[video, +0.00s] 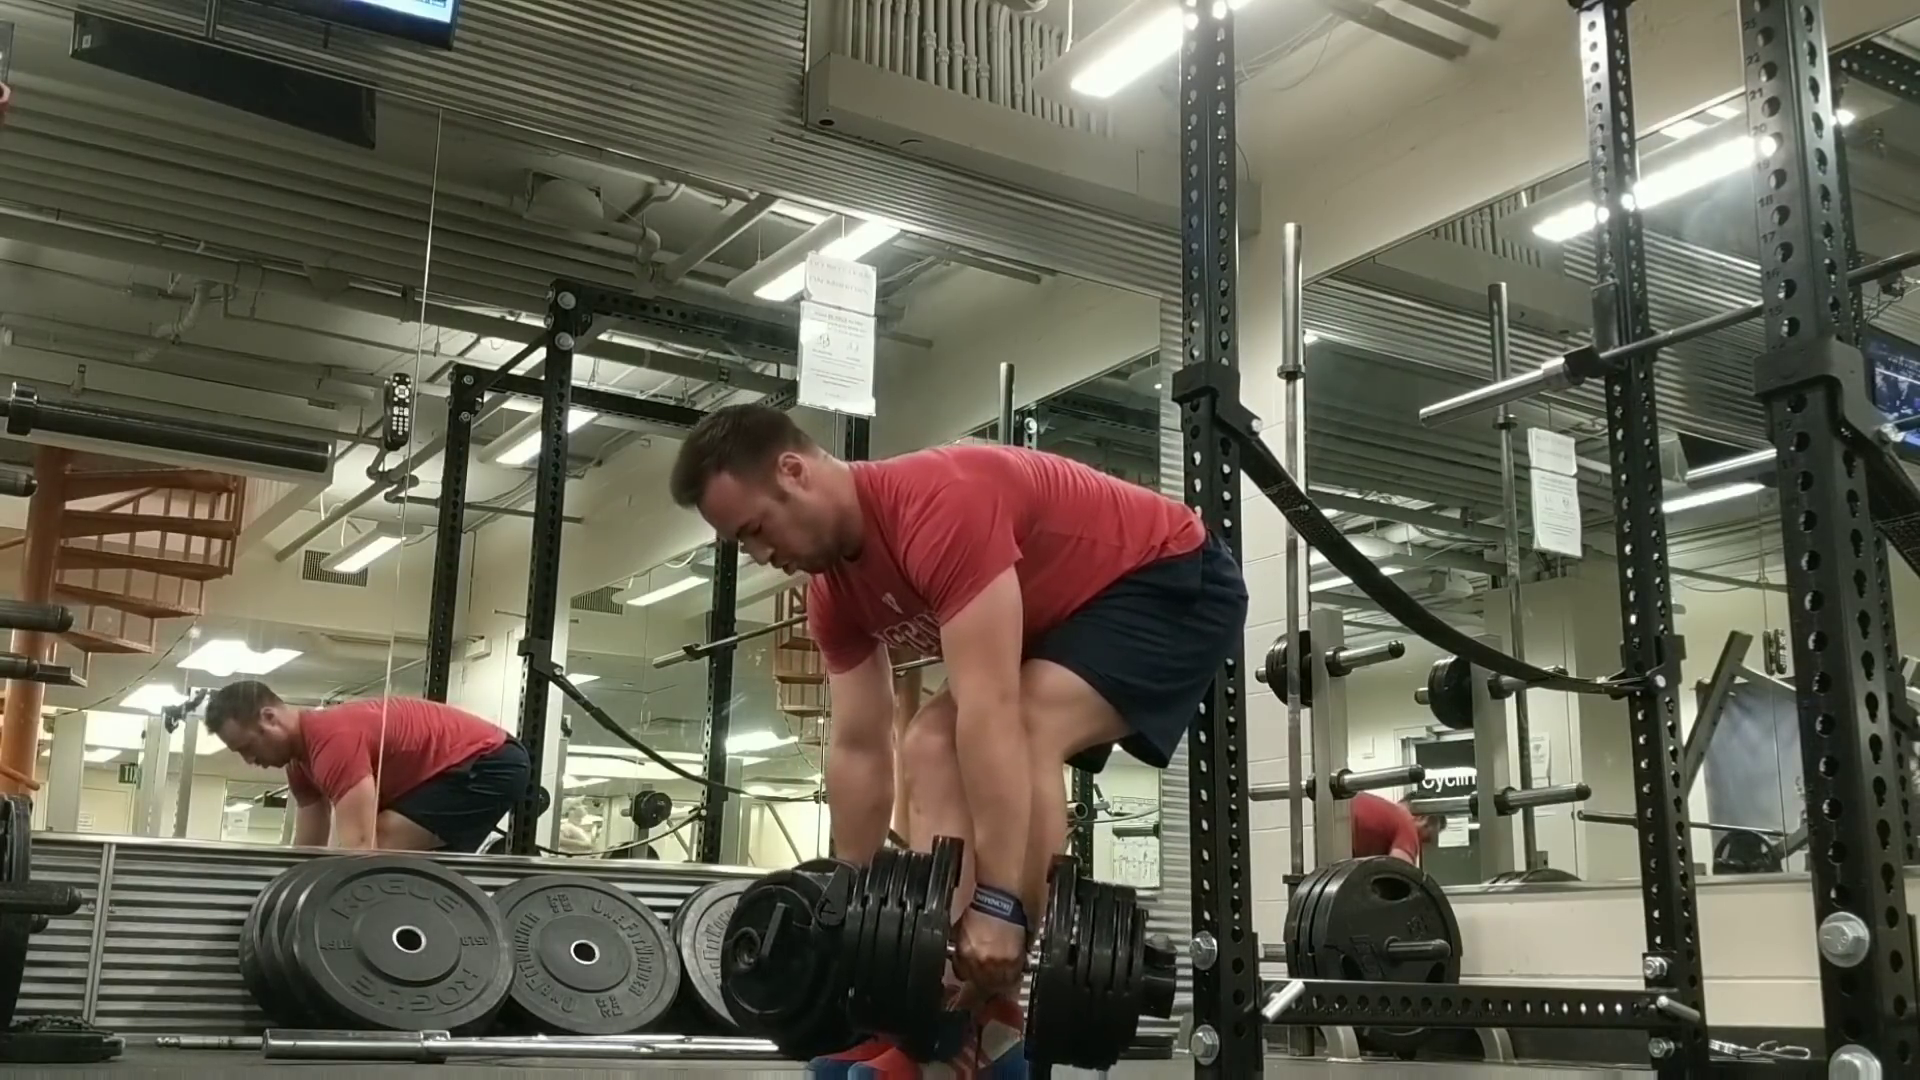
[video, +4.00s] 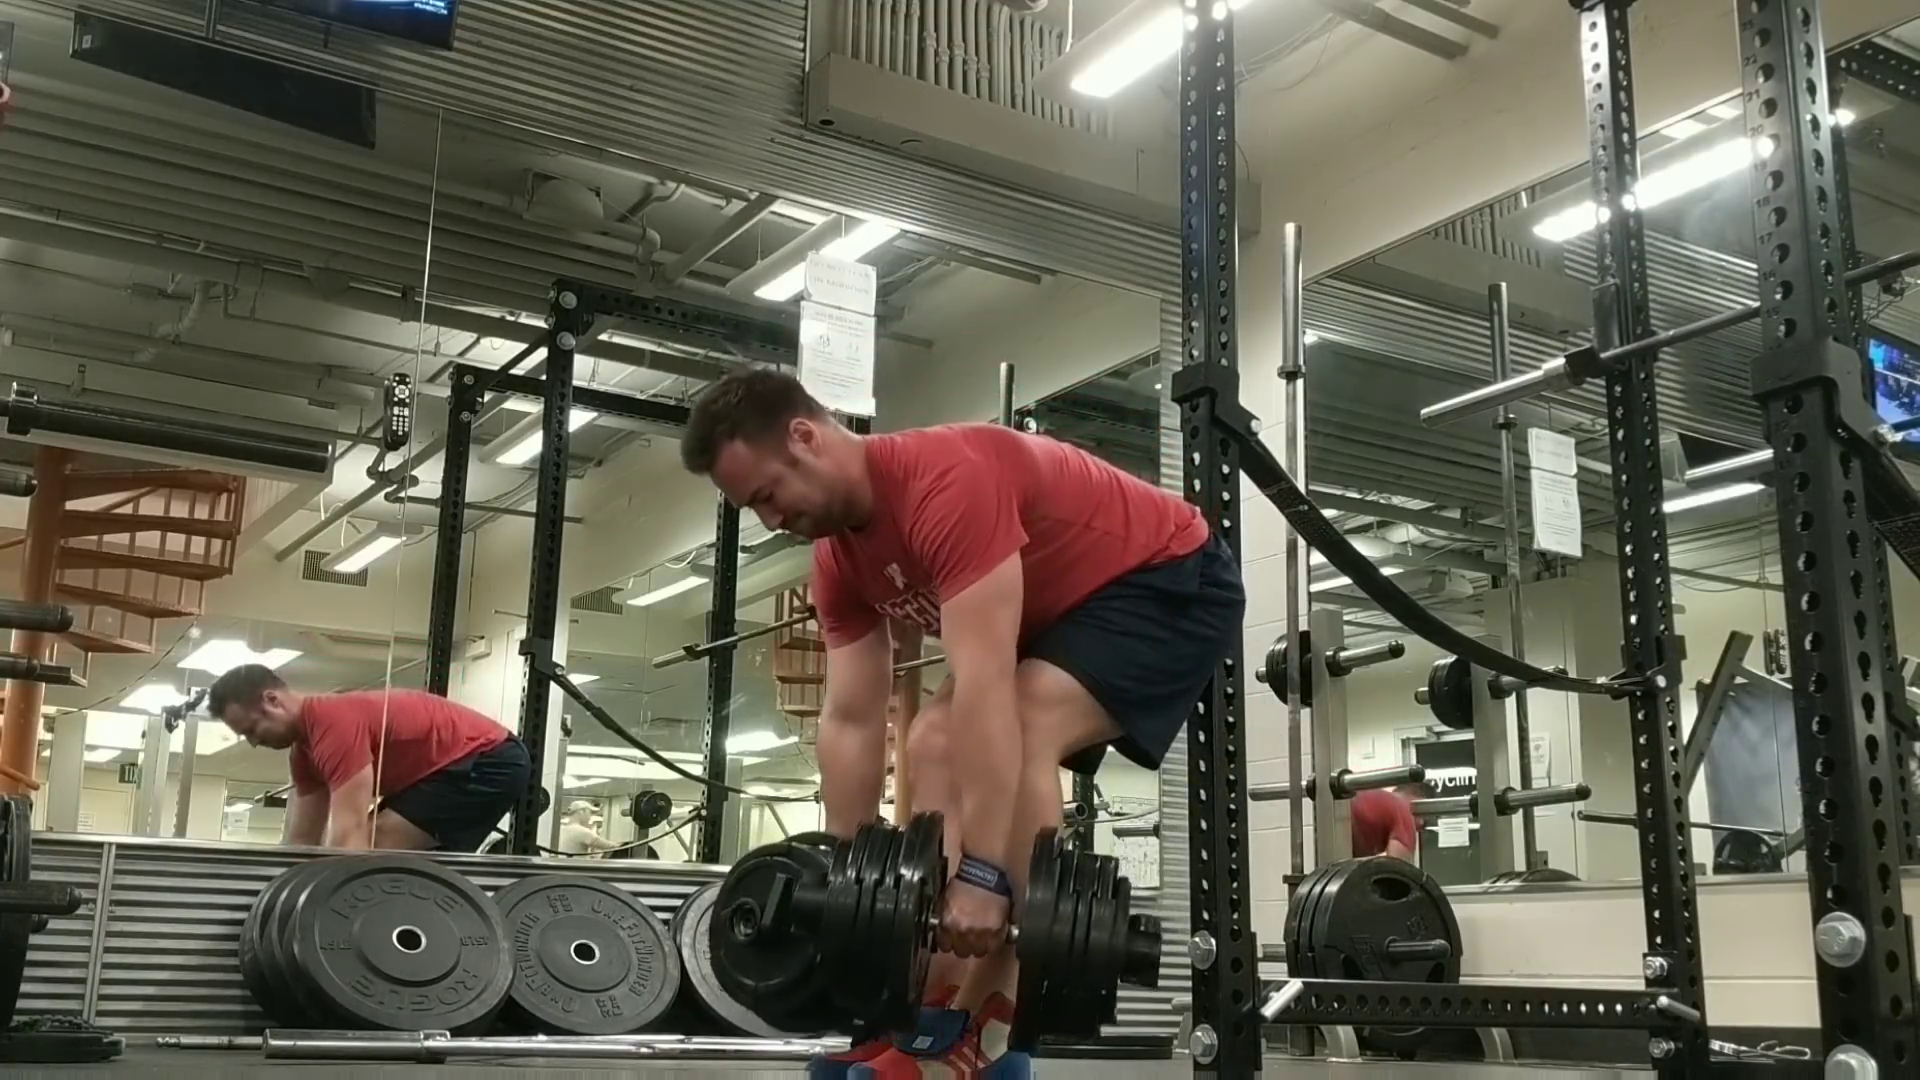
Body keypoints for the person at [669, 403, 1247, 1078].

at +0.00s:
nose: (757, 557)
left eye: (755, 530)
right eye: (742, 545)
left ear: (797, 470)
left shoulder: (944, 505)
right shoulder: (837, 591)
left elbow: (992, 703)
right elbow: (858, 746)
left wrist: (1001, 905)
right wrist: (850, 912)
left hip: (1169, 581)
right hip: (1062, 615)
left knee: (1021, 725)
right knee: (929, 738)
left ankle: (994, 1024)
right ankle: (927, 1021)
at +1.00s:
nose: (846, 473)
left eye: (833, 456)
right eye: (827, 469)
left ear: (836, 390)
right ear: (835, 390)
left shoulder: (983, 374)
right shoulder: (872, 462)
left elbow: (1144, 463)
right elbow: (953, 555)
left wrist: (1142, 625)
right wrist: (932, 668)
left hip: (1157, 571)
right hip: (1050, 598)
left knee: (1006, 736)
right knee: (944, 733)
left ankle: (990, 1017)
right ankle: (941, 1000)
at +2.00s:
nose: (764, 525)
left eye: (762, 499)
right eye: (748, 515)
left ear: (803, 439)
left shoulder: (952, 483)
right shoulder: (845, 566)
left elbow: (985, 687)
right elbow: (854, 723)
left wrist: (985, 879)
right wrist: (845, 884)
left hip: (1167, 580)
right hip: (1061, 615)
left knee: (1015, 726)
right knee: (933, 737)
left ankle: (991, 1029)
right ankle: (935, 1018)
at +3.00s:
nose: (855, 461)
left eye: (843, 444)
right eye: (838, 458)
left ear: (848, 377)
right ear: (847, 379)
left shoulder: (997, 365)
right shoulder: (881, 458)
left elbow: (1159, 459)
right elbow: (954, 558)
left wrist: (1162, 621)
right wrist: (934, 683)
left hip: (1160, 564)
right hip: (1054, 595)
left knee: (1021, 729)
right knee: (957, 730)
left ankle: (991, 1017)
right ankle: (943, 1002)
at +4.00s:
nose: (767, 520)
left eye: (766, 495)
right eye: (751, 509)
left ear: (807, 437)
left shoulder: (953, 482)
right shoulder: (842, 560)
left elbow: (985, 683)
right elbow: (851, 719)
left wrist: (982, 875)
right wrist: (845, 884)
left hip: (1169, 576)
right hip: (1062, 612)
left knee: (1019, 727)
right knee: (935, 740)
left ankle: (988, 1033)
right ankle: (930, 1019)